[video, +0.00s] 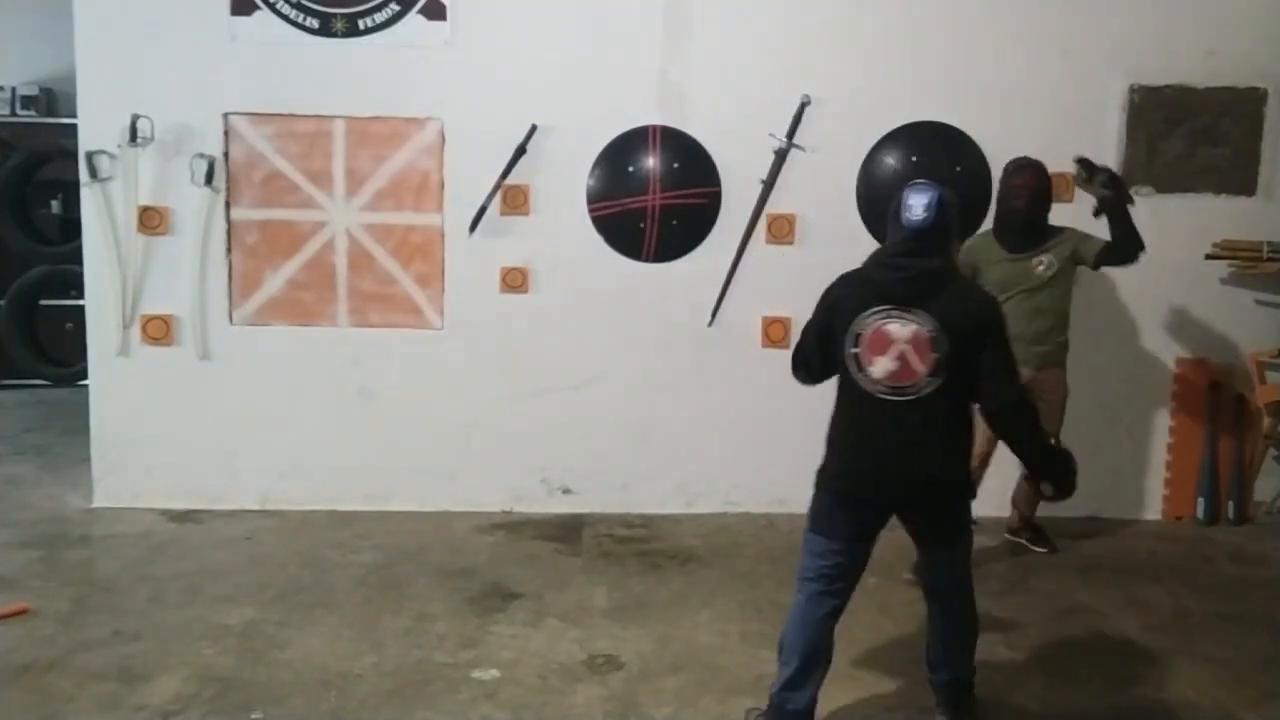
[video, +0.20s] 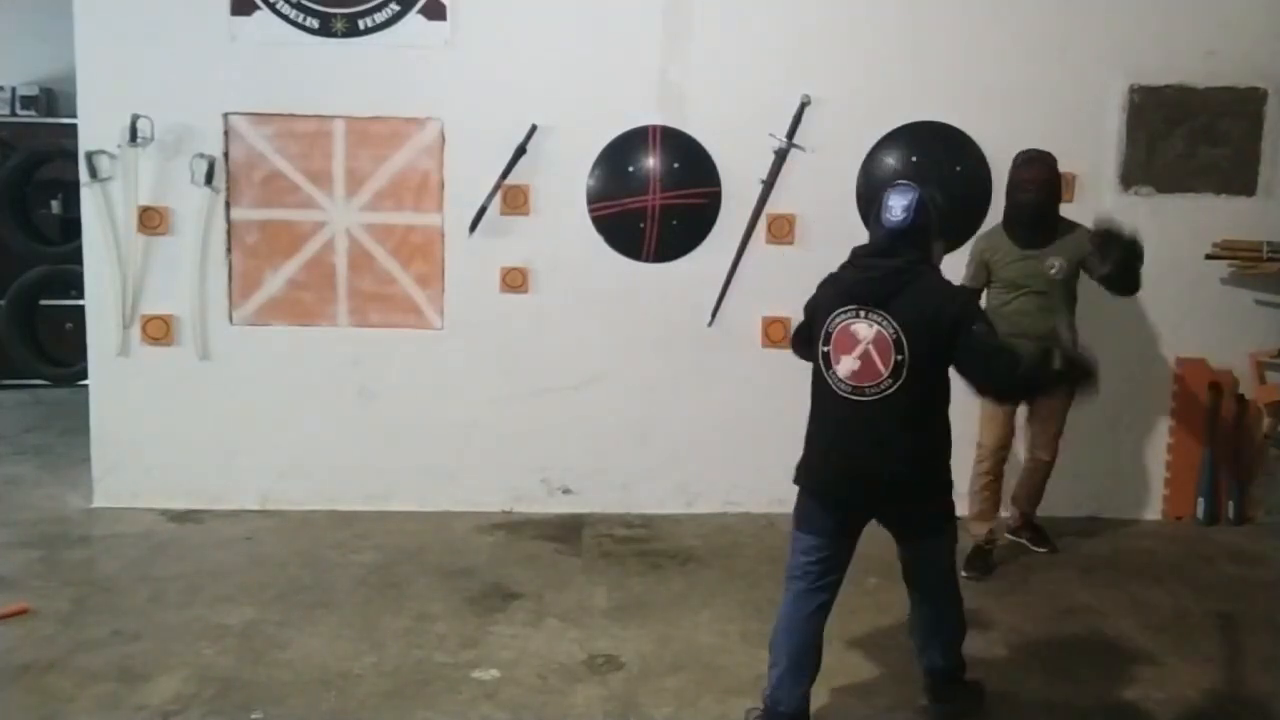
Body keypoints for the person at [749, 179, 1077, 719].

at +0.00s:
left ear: (887, 224)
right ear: (954, 230)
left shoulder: (850, 291)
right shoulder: (972, 303)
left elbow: (807, 367)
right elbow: (1003, 402)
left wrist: (860, 326)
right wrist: (1045, 460)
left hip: (855, 468)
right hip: (937, 473)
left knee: (819, 587)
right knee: (949, 587)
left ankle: (787, 708)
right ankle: (954, 696)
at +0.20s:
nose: (951, 244)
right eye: (950, 234)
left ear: (877, 220)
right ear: (941, 231)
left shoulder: (838, 286)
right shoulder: (945, 303)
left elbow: (805, 341)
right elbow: (1000, 377)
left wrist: (863, 328)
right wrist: (1059, 370)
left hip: (833, 469)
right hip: (913, 476)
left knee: (806, 589)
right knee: (933, 584)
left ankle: (781, 707)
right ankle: (943, 683)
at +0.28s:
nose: (956, 244)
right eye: (955, 232)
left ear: (877, 219)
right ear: (945, 229)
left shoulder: (837, 291)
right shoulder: (949, 304)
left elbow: (798, 345)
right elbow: (1022, 360)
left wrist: (849, 361)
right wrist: (1066, 317)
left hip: (833, 473)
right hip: (913, 479)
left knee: (808, 588)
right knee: (935, 581)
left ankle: (782, 707)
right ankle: (953, 677)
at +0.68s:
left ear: (909, 222)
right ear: (968, 232)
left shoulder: (870, 284)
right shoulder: (984, 294)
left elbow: (820, 345)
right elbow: (997, 328)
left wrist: (859, 397)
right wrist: (998, 276)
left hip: (869, 450)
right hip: (948, 455)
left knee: (822, 557)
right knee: (955, 567)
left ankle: (786, 681)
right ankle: (959, 681)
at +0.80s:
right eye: (951, 224)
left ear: (895, 225)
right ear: (952, 229)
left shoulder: (856, 286)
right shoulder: (974, 294)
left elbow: (816, 356)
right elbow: (987, 360)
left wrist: (863, 391)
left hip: (863, 450)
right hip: (942, 455)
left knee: (822, 558)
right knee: (954, 564)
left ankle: (786, 677)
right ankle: (958, 680)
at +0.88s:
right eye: (953, 229)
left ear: (885, 224)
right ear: (948, 231)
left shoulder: (850, 289)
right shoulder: (964, 294)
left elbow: (807, 359)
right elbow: (983, 352)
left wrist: (856, 392)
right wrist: (1036, 344)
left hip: (854, 450)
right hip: (932, 455)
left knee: (816, 551)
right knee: (949, 563)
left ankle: (786, 675)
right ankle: (959, 679)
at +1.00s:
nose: (936, 249)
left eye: (929, 241)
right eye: (932, 241)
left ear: (875, 241)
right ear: (926, 245)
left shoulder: (834, 297)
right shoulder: (945, 297)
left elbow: (782, 365)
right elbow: (1000, 314)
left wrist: (839, 377)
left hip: (837, 456)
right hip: (909, 461)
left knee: (806, 532)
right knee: (943, 562)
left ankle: (746, 639)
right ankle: (961, 677)